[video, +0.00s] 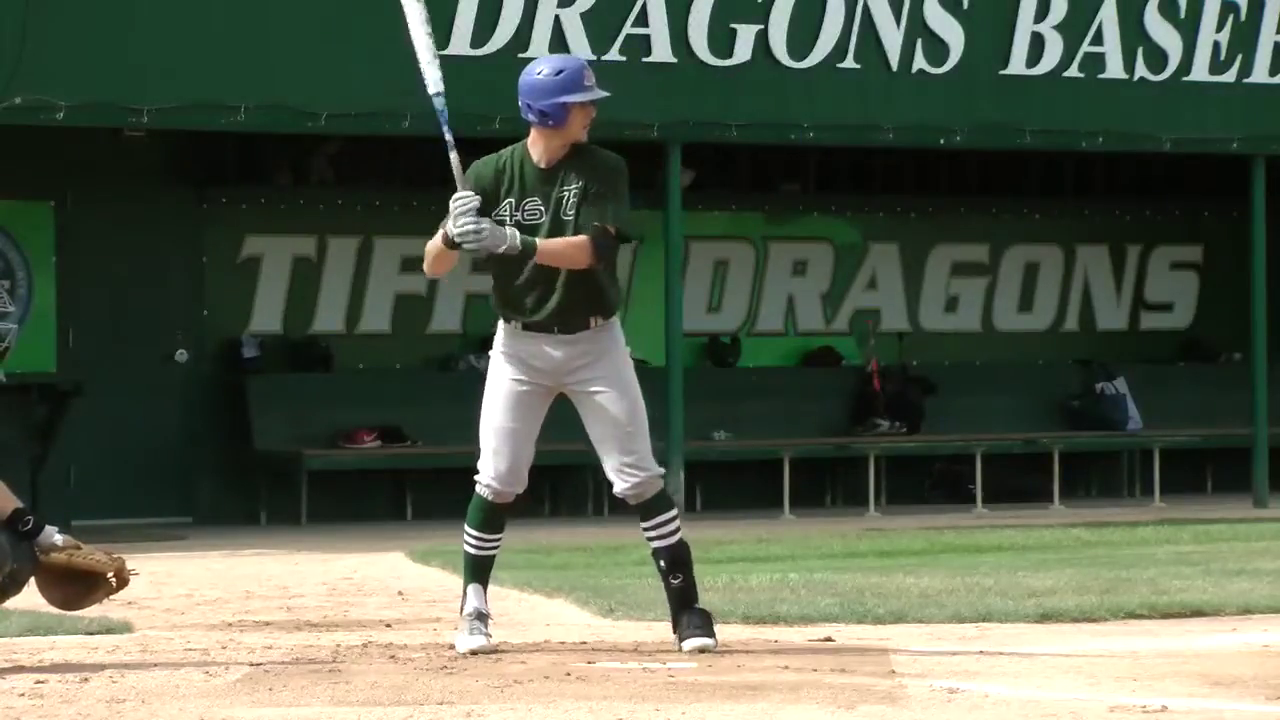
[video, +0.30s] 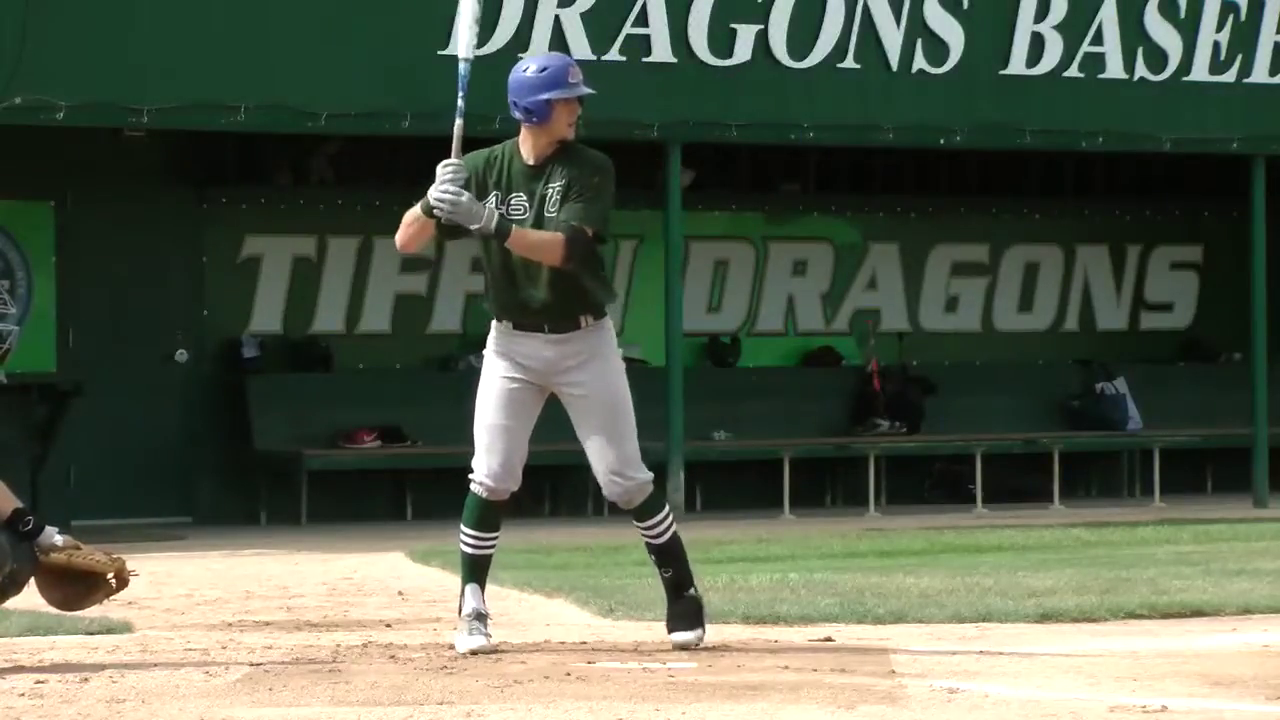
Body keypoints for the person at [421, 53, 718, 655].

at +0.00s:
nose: (592, 113)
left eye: (590, 104)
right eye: (582, 106)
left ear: (567, 112)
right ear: (547, 112)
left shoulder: (603, 170)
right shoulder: (489, 176)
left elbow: (593, 251)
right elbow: (434, 267)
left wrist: (513, 243)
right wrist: (451, 233)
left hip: (597, 346)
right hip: (519, 349)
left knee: (638, 477)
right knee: (498, 479)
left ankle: (688, 613)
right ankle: (473, 610)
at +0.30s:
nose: (578, 111)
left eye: (577, 101)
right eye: (568, 102)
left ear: (563, 109)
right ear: (533, 108)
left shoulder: (590, 169)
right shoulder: (480, 168)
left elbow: (571, 250)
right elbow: (406, 240)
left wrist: (491, 223)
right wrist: (434, 203)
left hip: (587, 345)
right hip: (510, 347)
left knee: (623, 477)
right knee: (492, 478)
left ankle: (681, 591)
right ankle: (472, 609)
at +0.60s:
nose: (610, 116)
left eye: (610, 106)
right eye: (599, 107)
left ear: (602, 111)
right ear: (564, 113)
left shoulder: (623, 171)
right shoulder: (514, 176)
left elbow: (612, 250)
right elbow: (445, 255)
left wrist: (533, 230)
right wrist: (474, 215)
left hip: (617, 350)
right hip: (539, 350)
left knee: (647, 485)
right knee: (517, 478)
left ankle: (686, 608)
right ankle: (475, 608)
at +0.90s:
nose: (611, 121)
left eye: (611, 111)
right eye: (601, 113)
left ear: (595, 114)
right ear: (567, 117)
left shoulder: (618, 175)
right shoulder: (508, 172)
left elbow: (608, 248)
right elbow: (431, 241)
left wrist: (531, 215)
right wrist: (472, 199)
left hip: (601, 351)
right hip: (523, 350)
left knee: (632, 486)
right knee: (505, 478)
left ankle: (683, 606)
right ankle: (473, 611)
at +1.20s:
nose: (611, 126)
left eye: (610, 117)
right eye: (602, 118)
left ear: (590, 120)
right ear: (569, 123)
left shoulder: (617, 179)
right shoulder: (511, 173)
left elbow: (596, 249)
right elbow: (423, 234)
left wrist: (520, 208)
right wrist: (475, 188)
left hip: (605, 357)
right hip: (528, 355)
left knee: (636, 491)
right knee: (519, 484)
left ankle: (687, 608)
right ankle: (476, 610)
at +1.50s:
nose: (621, 127)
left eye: (619, 117)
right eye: (611, 119)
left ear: (592, 122)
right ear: (579, 123)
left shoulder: (625, 179)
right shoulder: (521, 172)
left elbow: (608, 246)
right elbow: (429, 227)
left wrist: (540, 209)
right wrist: (491, 184)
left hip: (607, 357)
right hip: (530, 354)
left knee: (638, 493)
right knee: (522, 483)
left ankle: (687, 610)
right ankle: (477, 610)